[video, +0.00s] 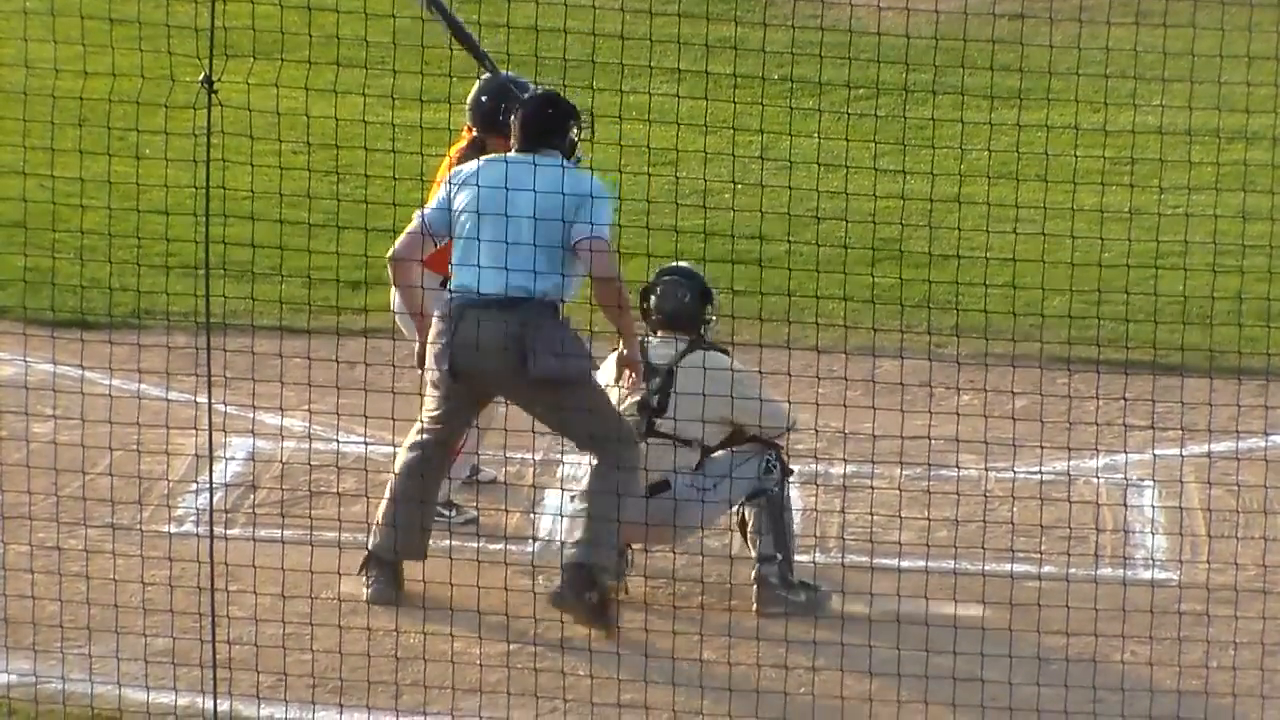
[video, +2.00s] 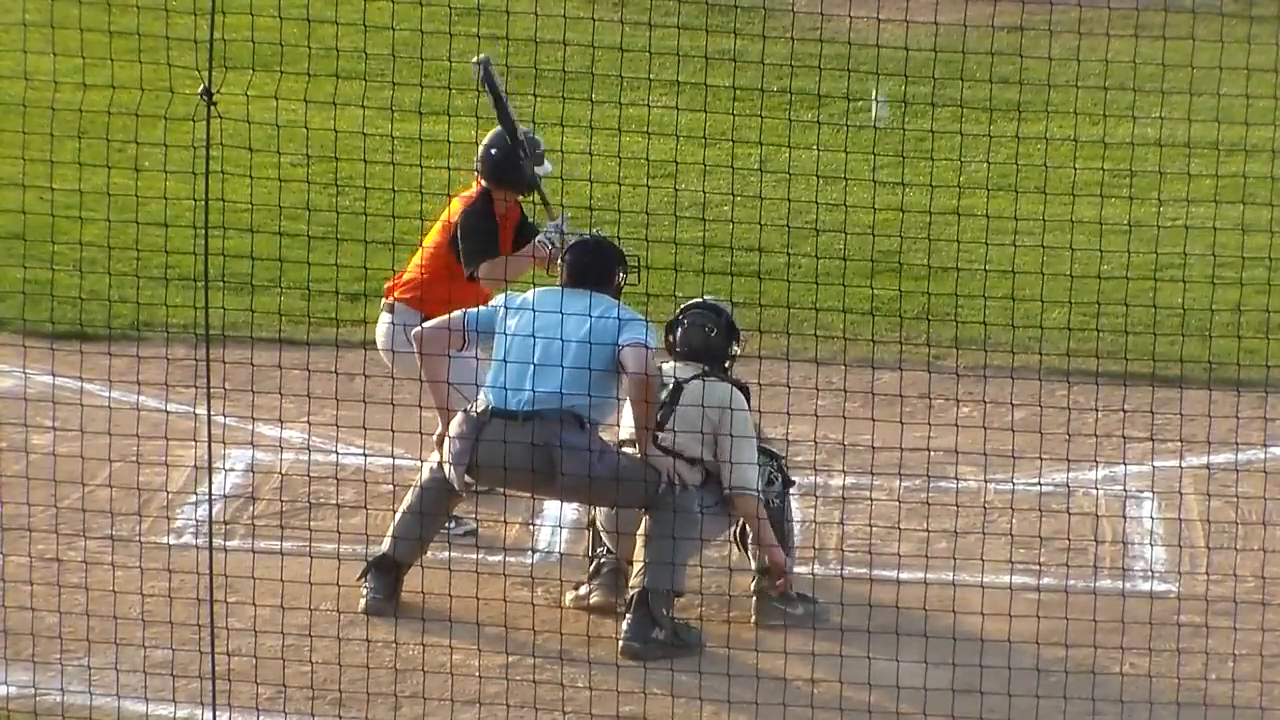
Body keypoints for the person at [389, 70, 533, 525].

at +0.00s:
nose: (521, 132)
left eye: (521, 123)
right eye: (516, 122)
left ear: (482, 122)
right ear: (497, 125)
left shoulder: (475, 156)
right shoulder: (470, 165)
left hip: (442, 281)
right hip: (430, 284)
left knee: (472, 371)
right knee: (452, 383)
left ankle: (465, 463)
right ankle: (437, 491)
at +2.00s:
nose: (536, 173)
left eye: (536, 165)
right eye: (531, 166)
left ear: (491, 168)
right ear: (519, 172)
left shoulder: (511, 210)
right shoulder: (475, 207)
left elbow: (527, 256)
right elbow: (488, 272)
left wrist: (550, 244)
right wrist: (536, 252)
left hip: (450, 327)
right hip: (411, 324)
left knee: (489, 401)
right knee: (467, 410)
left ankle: (443, 504)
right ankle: (435, 509)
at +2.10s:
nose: (539, 179)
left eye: (539, 171)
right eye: (534, 171)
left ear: (498, 170)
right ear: (516, 173)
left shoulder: (514, 213)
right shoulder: (477, 209)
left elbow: (522, 265)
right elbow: (482, 279)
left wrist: (556, 260)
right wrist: (534, 257)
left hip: (451, 325)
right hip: (411, 322)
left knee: (485, 403)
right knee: (468, 410)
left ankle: (441, 503)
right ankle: (434, 507)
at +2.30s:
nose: (534, 173)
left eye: (534, 165)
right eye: (530, 165)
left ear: (502, 163)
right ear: (511, 166)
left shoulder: (512, 199)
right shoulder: (472, 199)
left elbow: (506, 252)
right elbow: (454, 278)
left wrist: (530, 259)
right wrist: (513, 266)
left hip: (459, 313)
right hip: (416, 311)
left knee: (483, 399)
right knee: (463, 406)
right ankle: (436, 508)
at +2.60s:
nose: (514, 131)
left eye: (514, 123)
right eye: (507, 124)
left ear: (481, 127)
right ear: (487, 127)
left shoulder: (489, 161)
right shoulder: (445, 175)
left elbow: (486, 212)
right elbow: (430, 249)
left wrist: (512, 230)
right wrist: (484, 231)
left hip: (454, 286)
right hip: (415, 289)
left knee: (462, 388)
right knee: (445, 397)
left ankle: (410, 465)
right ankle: (434, 504)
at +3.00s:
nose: (453, 101)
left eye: (453, 91)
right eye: (449, 92)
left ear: (408, 89)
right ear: (429, 95)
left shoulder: (404, 132)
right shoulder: (394, 140)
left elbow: (402, 195)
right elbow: (386, 215)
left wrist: (444, 183)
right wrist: (440, 197)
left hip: (380, 269)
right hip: (375, 273)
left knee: (395, 378)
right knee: (412, 380)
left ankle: (349, 483)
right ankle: (428, 505)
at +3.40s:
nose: (389, 118)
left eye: (393, 109)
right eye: (390, 108)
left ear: (354, 88)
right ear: (376, 98)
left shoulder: (305, 117)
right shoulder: (353, 129)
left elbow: (267, 181)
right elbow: (350, 200)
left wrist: (239, 230)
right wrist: (395, 193)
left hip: (289, 261)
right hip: (327, 266)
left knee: (327, 376)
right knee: (331, 385)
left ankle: (345, 484)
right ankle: (270, 489)